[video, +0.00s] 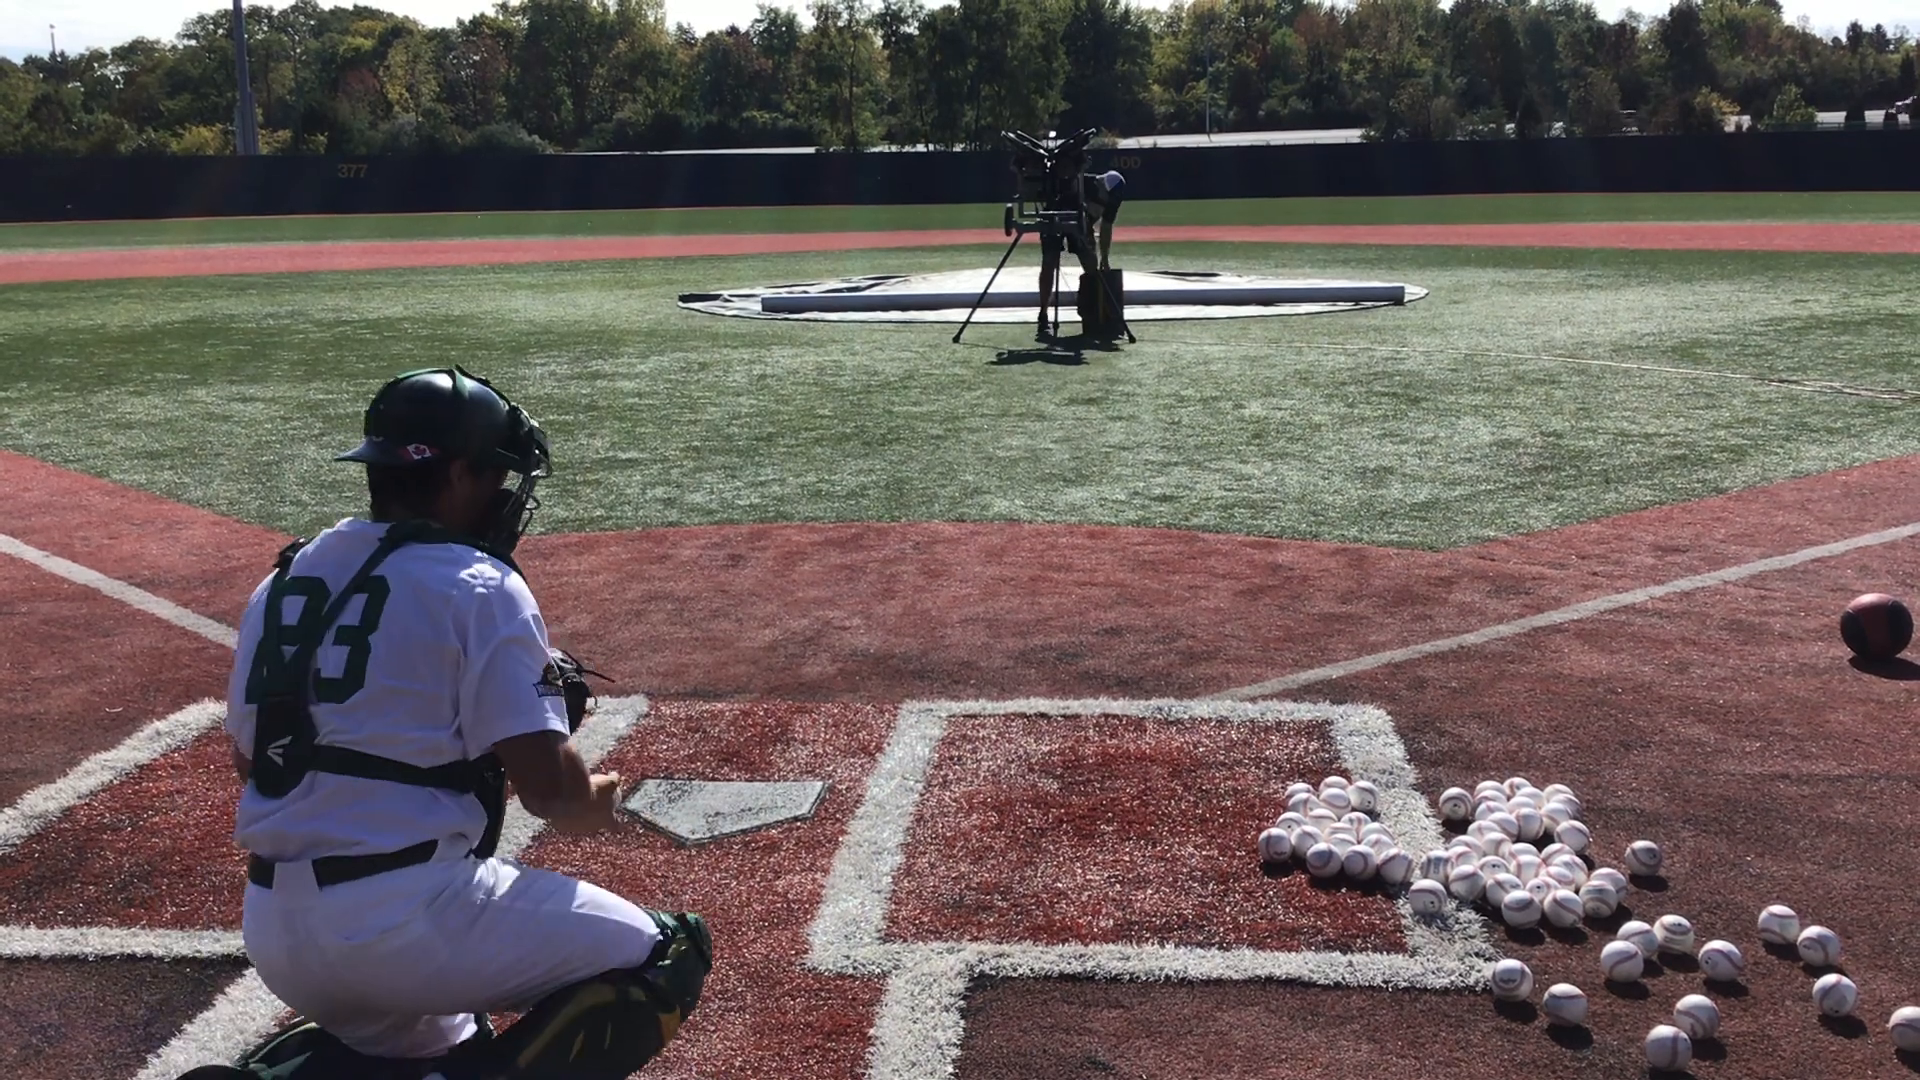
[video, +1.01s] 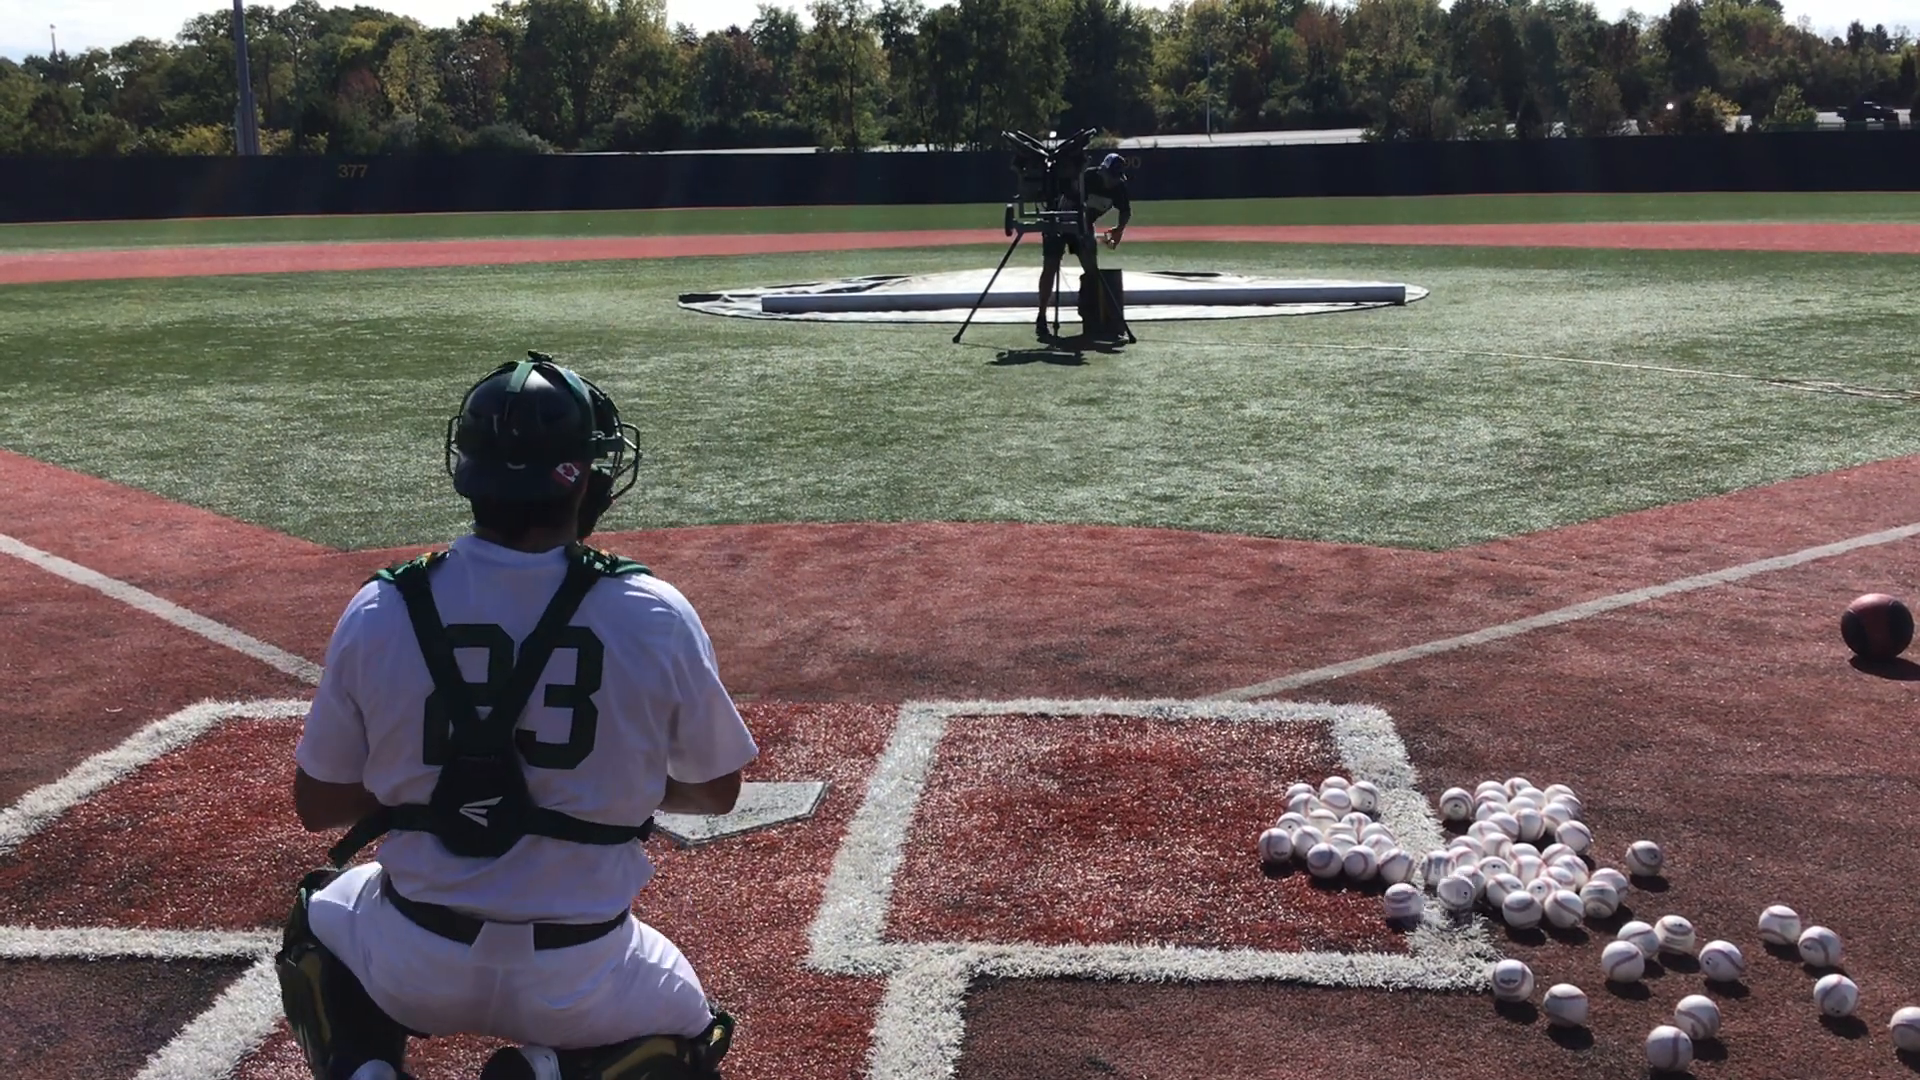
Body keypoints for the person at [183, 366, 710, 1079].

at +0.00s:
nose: (508, 492)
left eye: (507, 473)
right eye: (497, 473)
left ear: (384, 476)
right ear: (456, 479)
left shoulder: (282, 582)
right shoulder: (480, 589)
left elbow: (250, 752)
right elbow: (547, 785)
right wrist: (597, 804)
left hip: (275, 927)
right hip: (411, 916)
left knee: (454, 1042)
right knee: (664, 956)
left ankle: (284, 1064)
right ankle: (498, 1063)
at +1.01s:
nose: (606, 482)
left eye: (600, 465)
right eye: (600, 468)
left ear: (469, 479)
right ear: (585, 488)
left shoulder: (382, 610)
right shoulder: (654, 615)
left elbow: (321, 800)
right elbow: (715, 790)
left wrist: (439, 783)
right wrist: (606, 771)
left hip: (413, 969)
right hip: (582, 981)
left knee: (318, 911)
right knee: (694, 1040)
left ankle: (366, 1066)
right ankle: (557, 1070)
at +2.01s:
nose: (523, 576)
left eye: (520, 561)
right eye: (515, 565)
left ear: (384, 566)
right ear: (490, 583)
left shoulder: (300, 660)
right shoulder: (526, 683)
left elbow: (242, 838)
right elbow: (613, 888)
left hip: (232, 1045)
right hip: (398, 1058)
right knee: (703, 911)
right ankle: (563, 1064)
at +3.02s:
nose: (536, 443)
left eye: (532, 427)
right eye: (529, 429)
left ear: (402, 433)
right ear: (510, 441)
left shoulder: (327, 519)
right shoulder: (558, 521)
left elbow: (245, 700)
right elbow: (711, 697)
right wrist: (608, 684)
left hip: (269, 880)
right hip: (446, 888)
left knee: (243, 793)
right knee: (705, 824)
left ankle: (255, 1068)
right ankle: (620, 1066)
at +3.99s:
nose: (505, 563)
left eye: (502, 545)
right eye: (497, 549)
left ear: (365, 555)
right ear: (473, 566)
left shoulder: (295, 637)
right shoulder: (493, 670)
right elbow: (591, 831)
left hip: (206, 1017)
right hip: (316, 1018)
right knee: (652, 872)